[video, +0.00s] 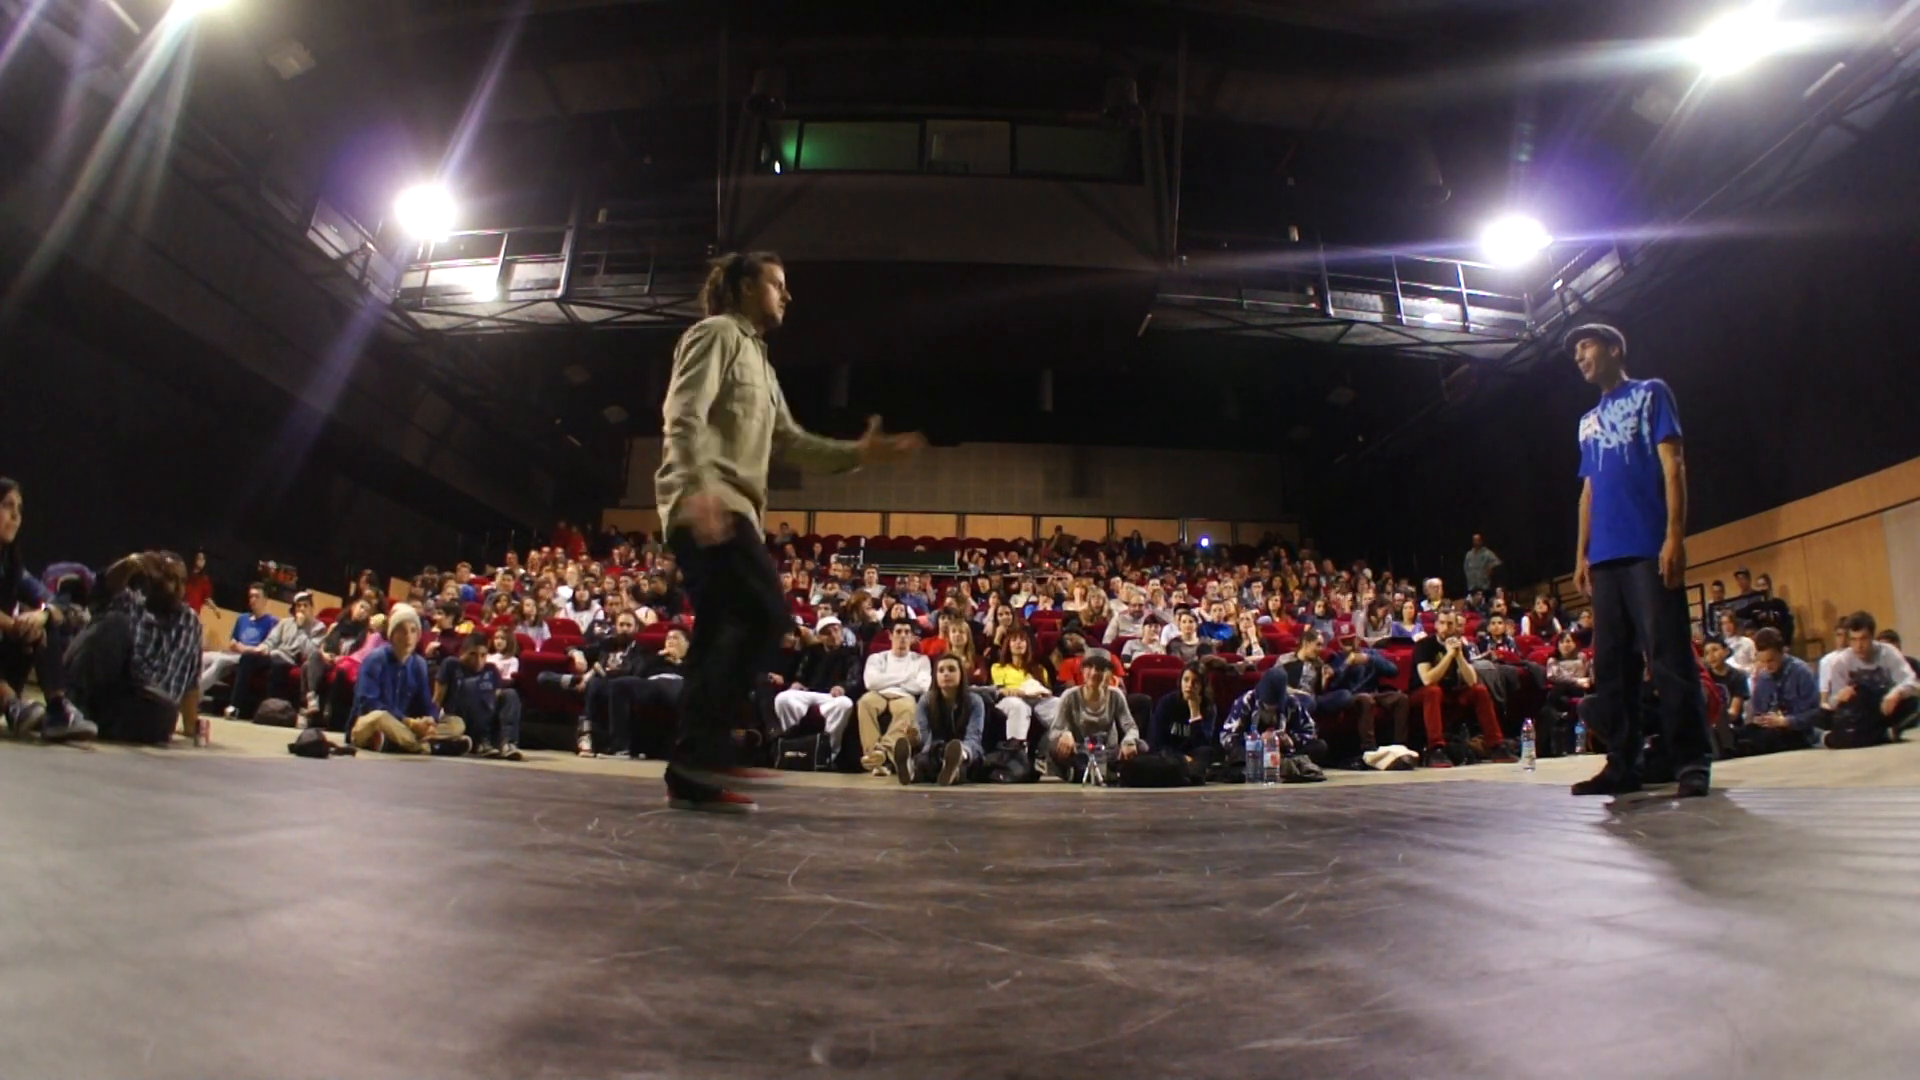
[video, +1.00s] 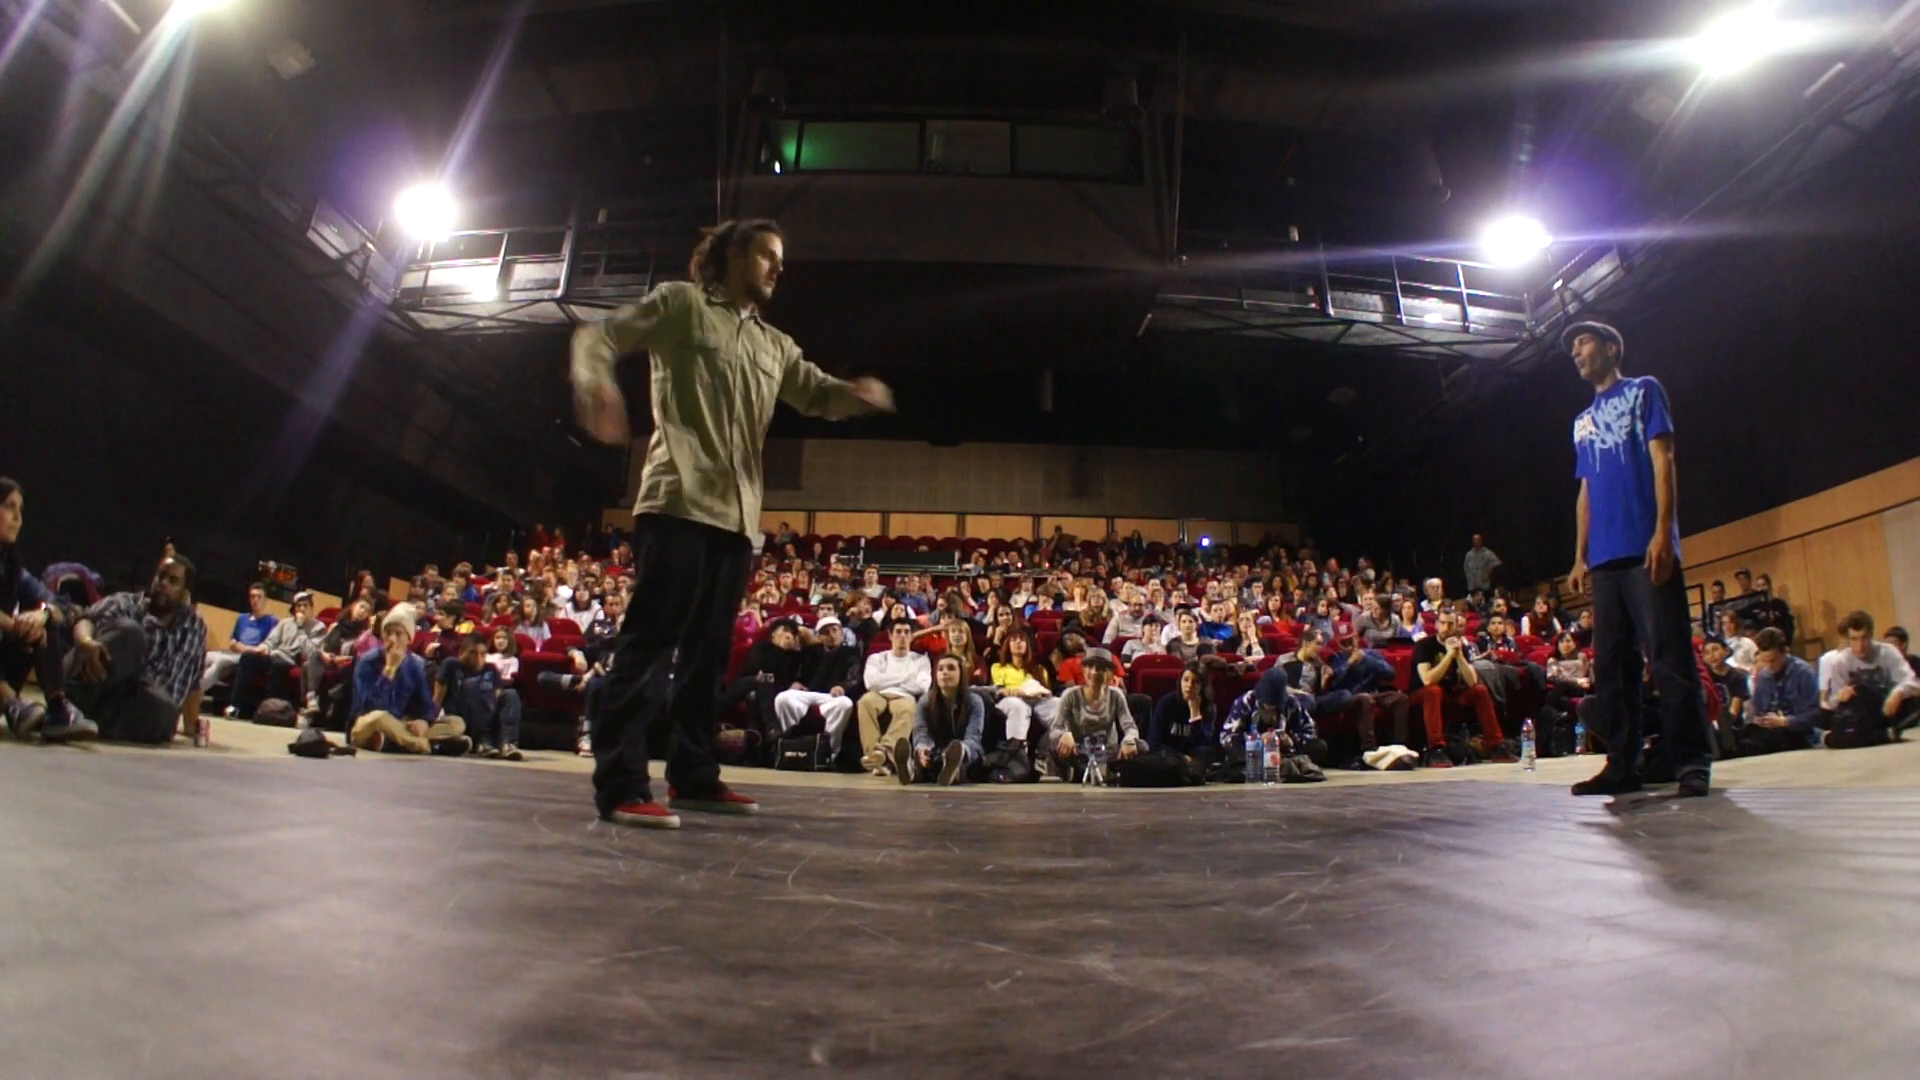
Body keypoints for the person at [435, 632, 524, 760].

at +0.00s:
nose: (478, 660)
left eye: (483, 655)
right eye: (473, 655)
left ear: (487, 655)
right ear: (464, 654)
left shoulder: (491, 669)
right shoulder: (450, 665)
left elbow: (495, 697)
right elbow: (438, 698)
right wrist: (429, 722)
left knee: (510, 695)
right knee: (470, 688)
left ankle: (508, 743)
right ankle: (483, 741)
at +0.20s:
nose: (478, 658)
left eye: (483, 653)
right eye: (473, 653)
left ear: (487, 654)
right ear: (464, 653)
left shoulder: (491, 670)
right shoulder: (450, 665)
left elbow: (495, 696)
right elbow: (438, 698)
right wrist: (430, 721)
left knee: (510, 695)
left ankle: (508, 743)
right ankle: (482, 742)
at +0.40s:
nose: (478, 658)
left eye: (483, 654)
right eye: (473, 653)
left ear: (486, 654)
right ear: (465, 653)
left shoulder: (491, 670)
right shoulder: (451, 665)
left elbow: (496, 696)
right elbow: (438, 698)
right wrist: (430, 721)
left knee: (510, 694)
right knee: (470, 690)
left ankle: (508, 743)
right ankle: (482, 742)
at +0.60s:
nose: (479, 660)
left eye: (482, 655)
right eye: (474, 654)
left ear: (486, 654)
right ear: (465, 654)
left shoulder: (491, 670)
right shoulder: (451, 665)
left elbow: (495, 697)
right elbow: (438, 698)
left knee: (510, 695)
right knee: (471, 690)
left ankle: (508, 743)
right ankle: (483, 741)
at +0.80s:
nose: (478, 658)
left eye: (483, 653)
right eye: (473, 653)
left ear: (486, 654)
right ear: (464, 653)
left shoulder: (491, 669)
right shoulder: (451, 665)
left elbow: (497, 694)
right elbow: (438, 697)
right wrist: (431, 720)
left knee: (511, 695)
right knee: (471, 687)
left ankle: (508, 743)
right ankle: (482, 741)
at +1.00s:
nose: (478, 658)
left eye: (483, 654)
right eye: (473, 653)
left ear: (486, 654)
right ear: (464, 653)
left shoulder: (491, 669)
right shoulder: (450, 665)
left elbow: (497, 694)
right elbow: (438, 697)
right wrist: (430, 720)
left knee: (511, 695)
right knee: (471, 688)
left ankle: (508, 743)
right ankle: (483, 741)